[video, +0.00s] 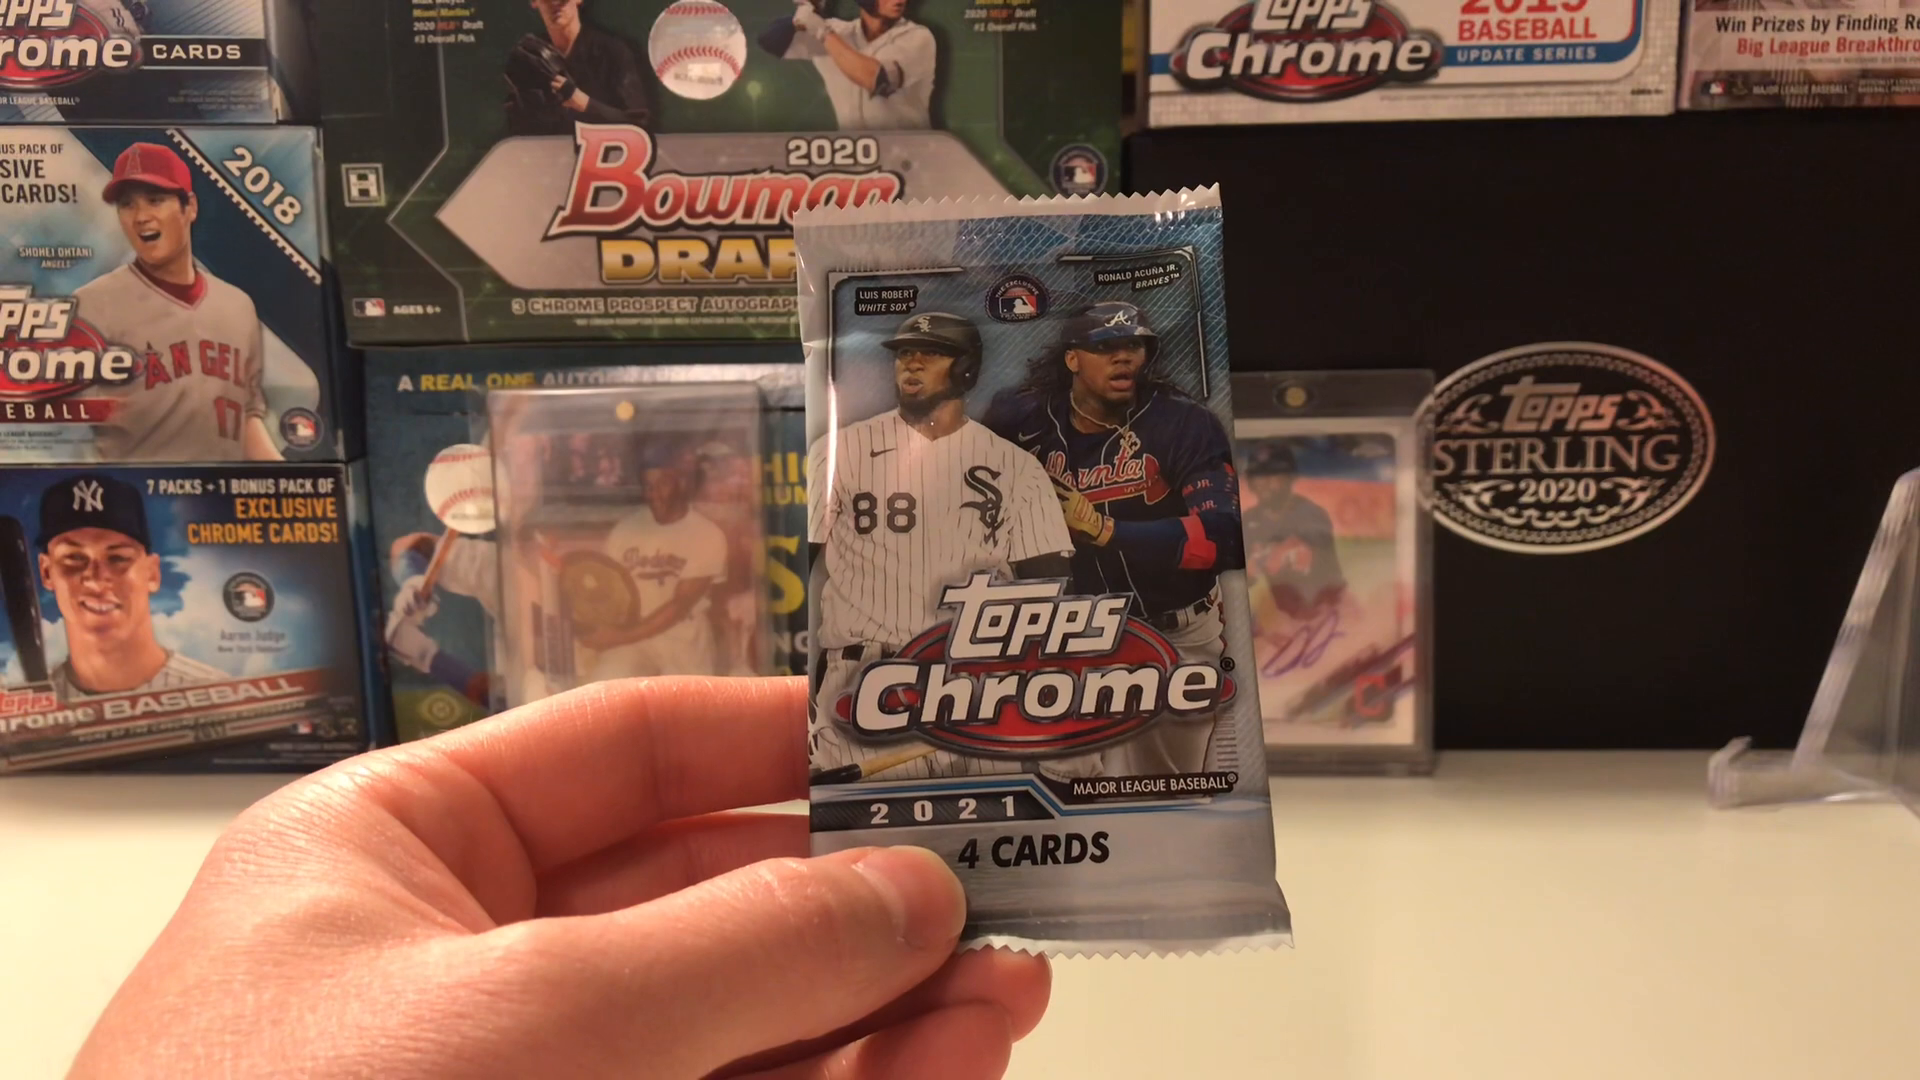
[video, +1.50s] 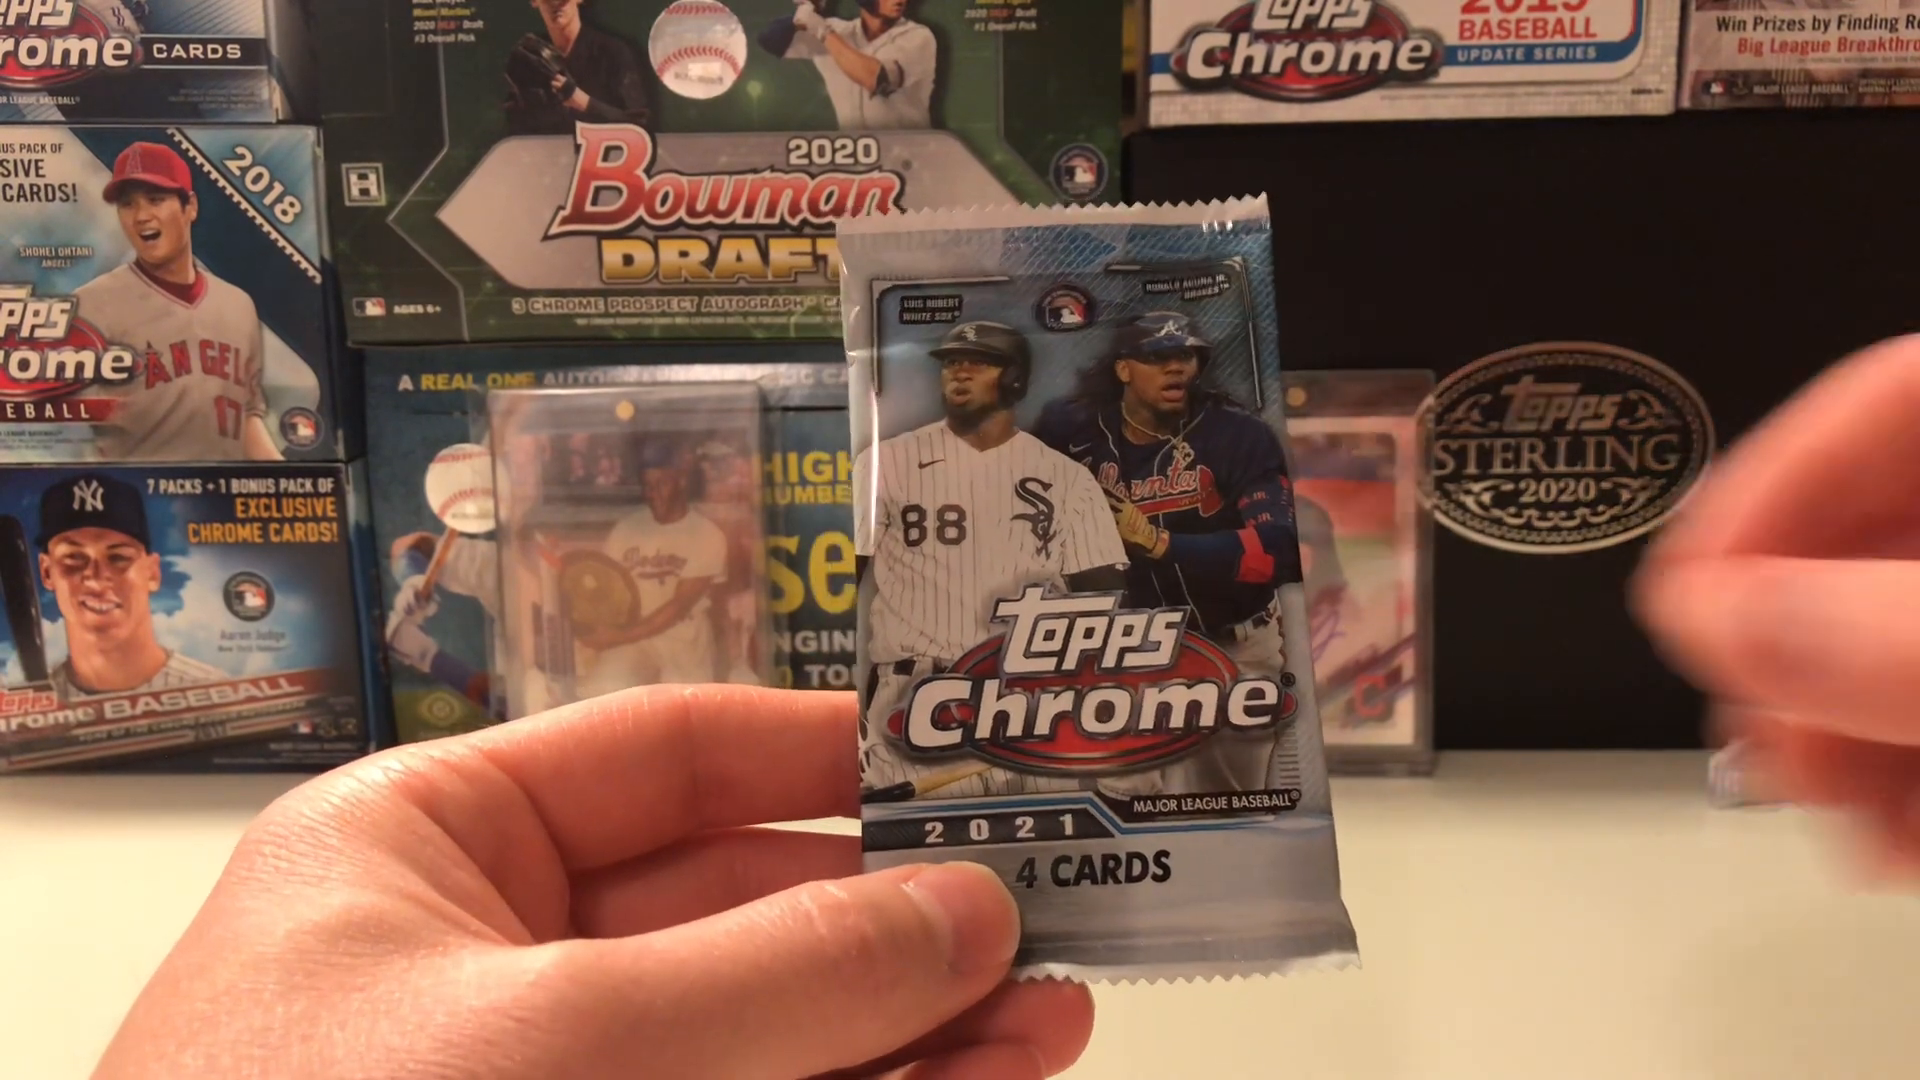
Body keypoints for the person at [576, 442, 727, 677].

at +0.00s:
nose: (653, 495)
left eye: (661, 485)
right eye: (648, 486)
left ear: (682, 485)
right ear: (643, 489)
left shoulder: (707, 536)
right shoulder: (625, 530)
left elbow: (680, 606)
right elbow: (604, 588)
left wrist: (619, 637)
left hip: (683, 640)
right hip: (627, 642)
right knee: (602, 697)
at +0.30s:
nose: (652, 495)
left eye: (660, 486)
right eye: (648, 486)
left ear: (682, 485)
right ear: (643, 488)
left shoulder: (707, 536)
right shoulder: (625, 529)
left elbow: (680, 606)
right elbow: (603, 587)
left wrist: (618, 637)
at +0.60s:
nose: (653, 495)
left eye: (662, 485)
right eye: (648, 486)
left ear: (682, 484)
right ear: (643, 489)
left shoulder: (707, 536)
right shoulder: (625, 529)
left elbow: (680, 607)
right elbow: (605, 589)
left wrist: (618, 637)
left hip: (683, 641)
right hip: (626, 642)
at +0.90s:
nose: (653, 494)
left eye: (661, 485)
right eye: (648, 486)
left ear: (682, 484)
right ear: (642, 489)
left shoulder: (707, 536)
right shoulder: (624, 530)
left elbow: (679, 606)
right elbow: (604, 589)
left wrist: (617, 637)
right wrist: (593, 626)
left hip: (683, 641)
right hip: (626, 640)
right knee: (602, 703)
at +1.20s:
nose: (652, 495)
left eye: (660, 485)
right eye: (647, 486)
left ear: (682, 484)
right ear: (642, 489)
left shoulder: (708, 536)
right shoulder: (625, 529)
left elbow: (679, 607)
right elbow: (603, 587)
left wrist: (617, 636)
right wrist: (593, 625)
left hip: (684, 638)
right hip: (628, 639)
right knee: (599, 700)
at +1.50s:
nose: (652, 495)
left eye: (659, 485)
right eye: (647, 486)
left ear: (681, 483)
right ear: (642, 488)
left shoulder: (707, 535)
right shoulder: (625, 530)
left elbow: (680, 606)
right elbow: (603, 588)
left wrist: (620, 636)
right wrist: (596, 627)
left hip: (684, 637)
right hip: (629, 638)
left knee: (687, 710)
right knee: (602, 696)